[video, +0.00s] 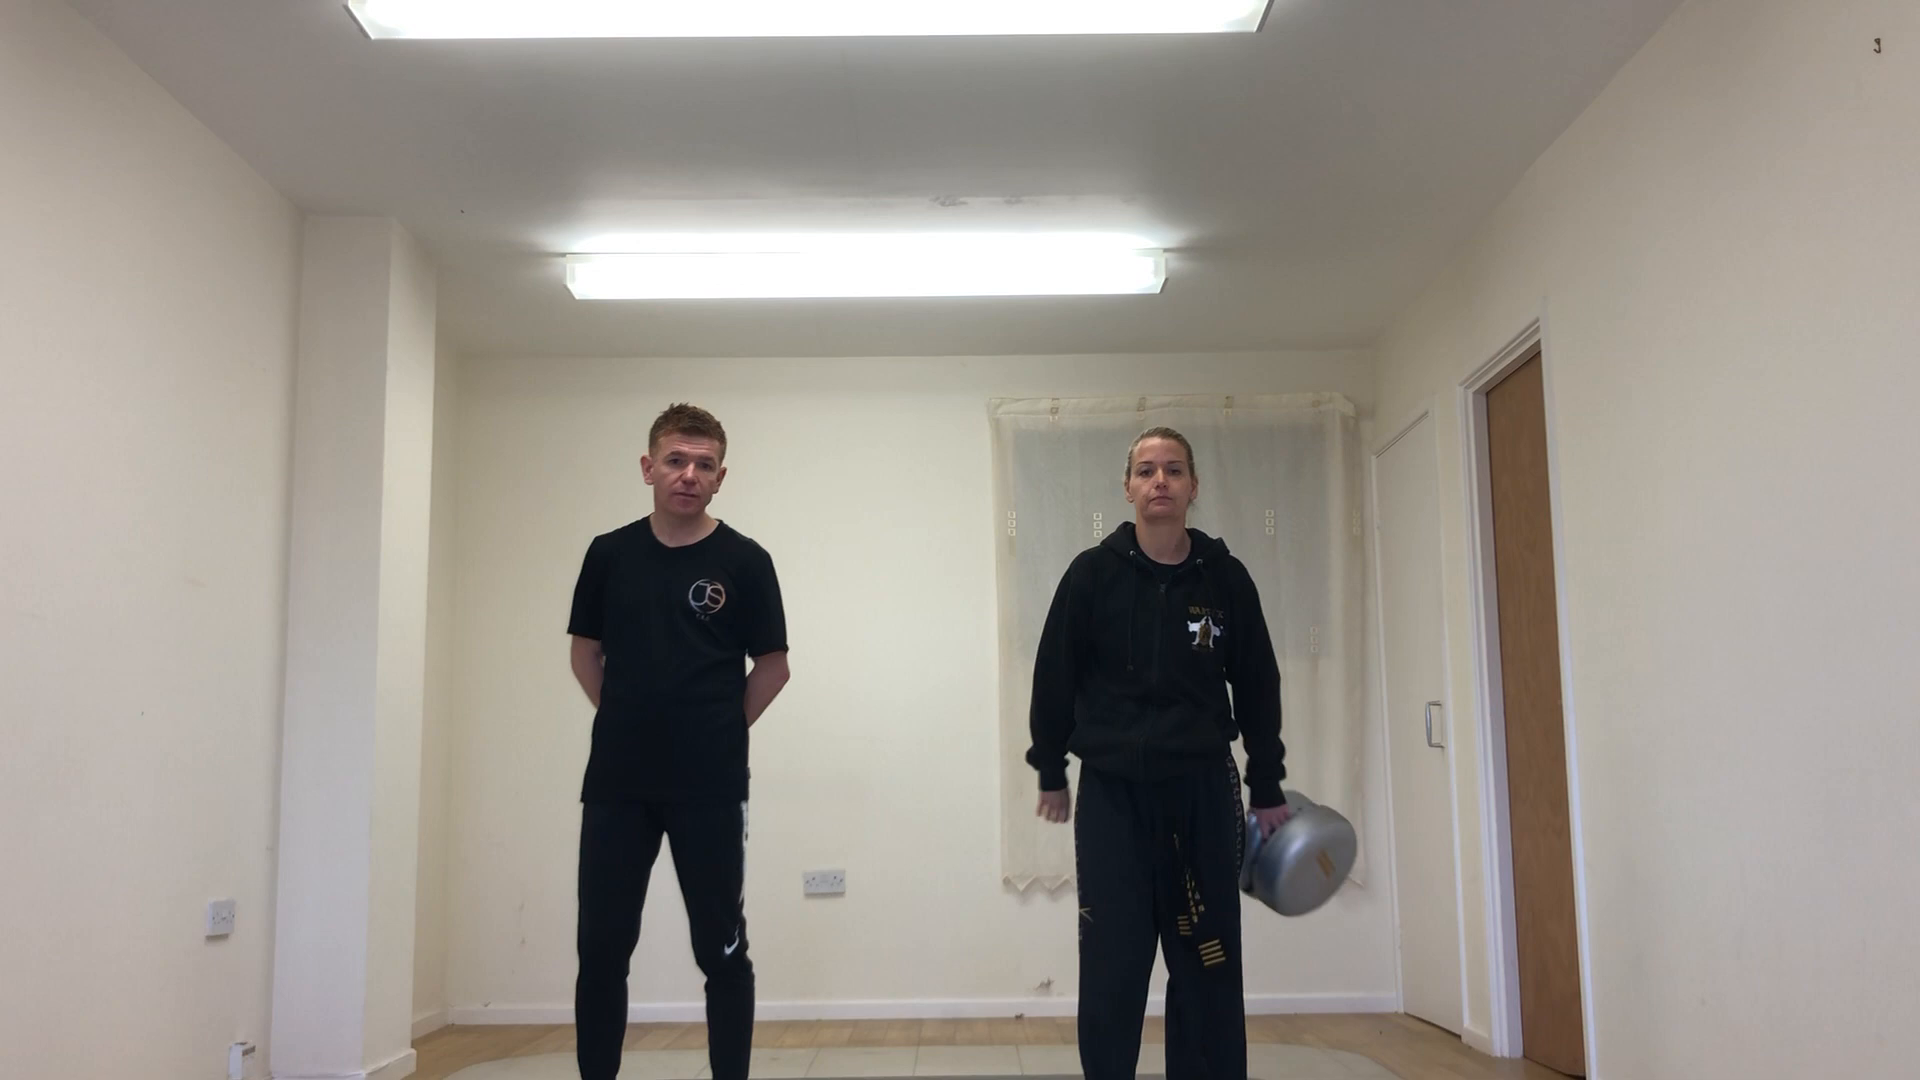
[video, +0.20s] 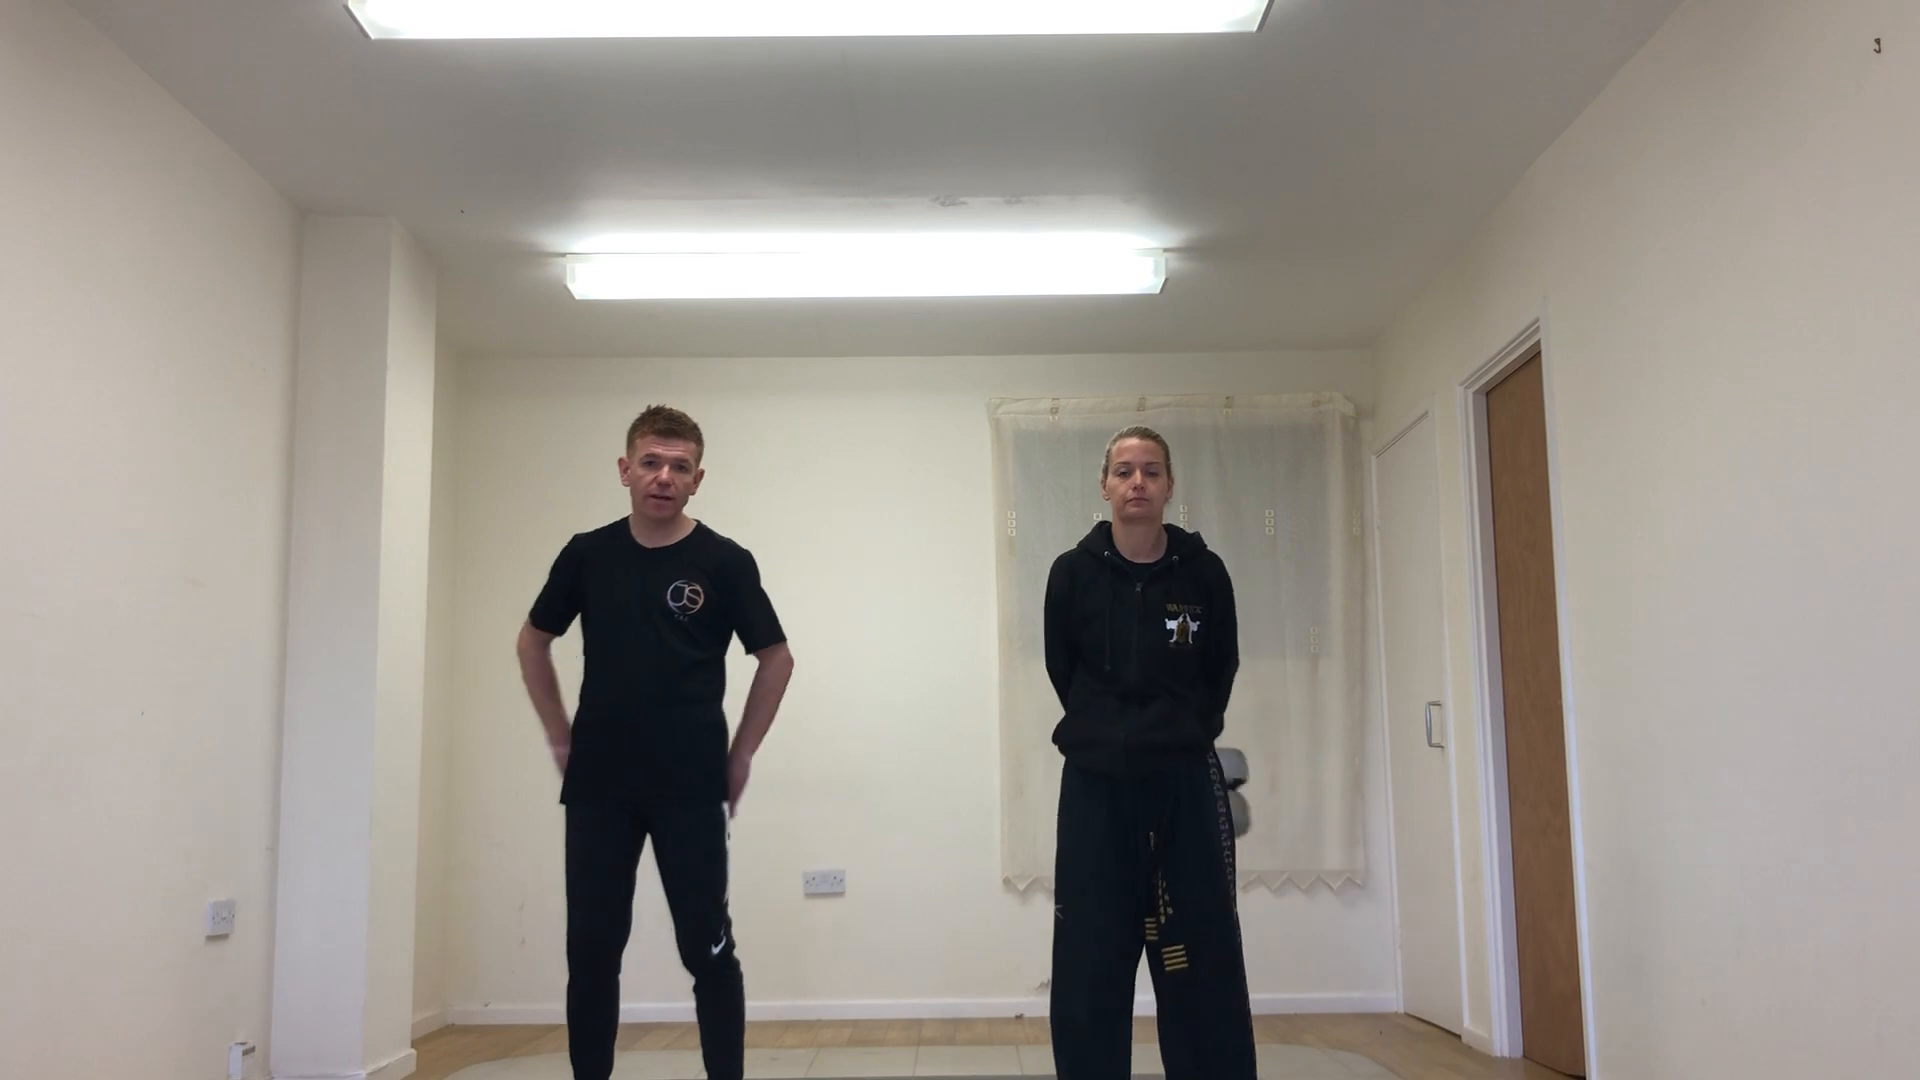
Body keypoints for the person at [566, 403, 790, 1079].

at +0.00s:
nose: (690, 475)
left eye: (704, 464)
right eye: (677, 461)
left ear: (719, 476)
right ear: (648, 468)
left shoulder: (746, 561)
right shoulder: (607, 553)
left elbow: (774, 665)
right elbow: (585, 658)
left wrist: (719, 725)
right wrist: (632, 717)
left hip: (708, 776)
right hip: (620, 773)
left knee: (722, 952)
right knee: (601, 953)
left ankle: (730, 1077)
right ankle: (596, 1076)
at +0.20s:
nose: (664, 477)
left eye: (679, 466)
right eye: (651, 463)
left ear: (695, 479)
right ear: (625, 470)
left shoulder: (726, 563)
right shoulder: (585, 555)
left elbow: (776, 658)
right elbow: (532, 641)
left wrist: (740, 754)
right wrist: (561, 739)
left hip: (689, 780)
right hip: (599, 778)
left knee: (709, 952)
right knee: (591, 955)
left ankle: (725, 1076)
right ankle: (590, 1077)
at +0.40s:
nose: (634, 475)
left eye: (649, 463)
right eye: (620, 462)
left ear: (668, 475)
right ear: (594, 471)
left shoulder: (701, 560)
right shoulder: (557, 558)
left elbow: (764, 643)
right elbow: (496, 643)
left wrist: (801, 732)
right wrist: (447, 736)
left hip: (667, 781)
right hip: (579, 779)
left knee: (666, 948)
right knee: (579, 955)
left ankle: (690, 1076)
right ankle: (584, 1077)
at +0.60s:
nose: (619, 471)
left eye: (633, 460)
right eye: (604, 459)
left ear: (651, 473)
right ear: (579, 471)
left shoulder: (690, 557)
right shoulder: (546, 557)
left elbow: (744, 652)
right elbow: (513, 660)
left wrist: (774, 745)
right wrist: (488, 757)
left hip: (652, 780)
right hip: (569, 778)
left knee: (633, 948)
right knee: (574, 953)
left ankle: (627, 1076)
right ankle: (583, 1076)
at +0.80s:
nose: (615, 470)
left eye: (629, 458)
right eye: (601, 457)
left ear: (649, 471)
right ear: (577, 469)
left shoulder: (687, 556)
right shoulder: (544, 554)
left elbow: (726, 660)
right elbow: (522, 663)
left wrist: (698, 759)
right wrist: (531, 760)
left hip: (650, 779)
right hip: (564, 777)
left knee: (645, 949)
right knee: (574, 949)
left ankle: (632, 1076)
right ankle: (583, 1074)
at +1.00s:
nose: (616, 475)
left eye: (630, 463)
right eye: (602, 462)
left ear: (650, 474)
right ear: (580, 473)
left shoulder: (685, 558)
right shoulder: (546, 553)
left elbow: (719, 668)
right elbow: (519, 664)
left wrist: (696, 774)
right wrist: (526, 761)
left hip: (649, 781)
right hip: (563, 779)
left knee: (641, 951)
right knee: (575, 953)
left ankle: (631, 1076)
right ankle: (583, 1075)